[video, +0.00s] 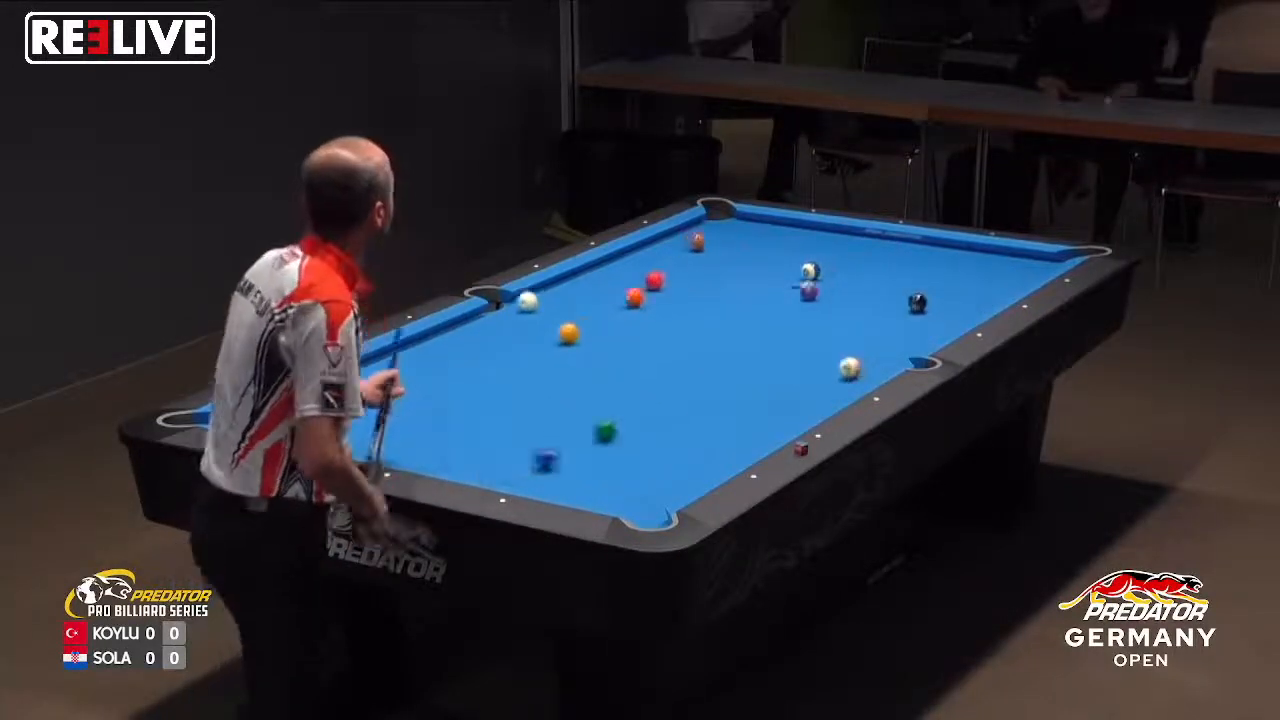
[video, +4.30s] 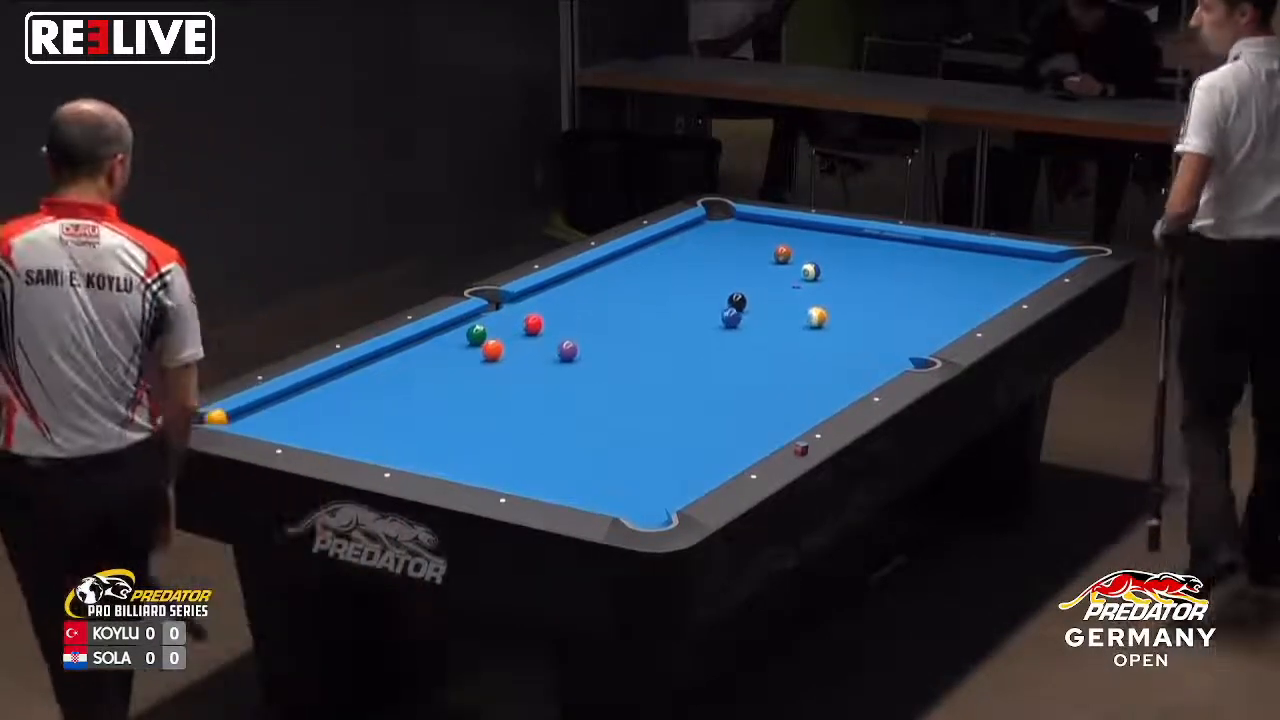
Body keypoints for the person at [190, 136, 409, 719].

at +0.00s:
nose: (393, 205)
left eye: (392, 192)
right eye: (392, 195)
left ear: (312, 199)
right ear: (378, 212)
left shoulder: (270, 266)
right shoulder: (327, 303)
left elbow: (272, 383)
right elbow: (320, 455)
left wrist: (355, 391)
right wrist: (371, 506)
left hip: (224, 504)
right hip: (270, 523)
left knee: (273, 669)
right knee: (292, 677)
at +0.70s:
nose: (344, 154)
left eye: (341, 142)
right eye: (342, 143)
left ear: (267, 148)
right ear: (328, 155)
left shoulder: (219, 238)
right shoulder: (313, 259)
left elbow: (209, 355)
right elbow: (353, 416)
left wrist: (266, 406)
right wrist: (406, 472)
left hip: (245, 479)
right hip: (314, 487)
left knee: (276, 653)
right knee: (339, 653)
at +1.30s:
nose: (335, 193)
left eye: (331, 180)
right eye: (333, 181)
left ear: (248, 189)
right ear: (320, 195)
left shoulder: (204, 284)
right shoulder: (316, 317)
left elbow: (194, 404)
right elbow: (358, 476)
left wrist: (216, 481)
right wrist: (405, 543)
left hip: (245, 532)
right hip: (316, 542)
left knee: (282, 680)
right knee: (351, 684)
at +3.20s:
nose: (292, 215)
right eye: (292, 204)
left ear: (200, 209)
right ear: (283, 215)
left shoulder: (144, 308)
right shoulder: (298, 338)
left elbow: (127, 446)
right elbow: (338, 494)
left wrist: (144, 534)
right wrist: (371, 587)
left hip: (185, 554)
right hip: (278, 561)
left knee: (190, 698)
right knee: (289, 698)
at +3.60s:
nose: (204, 189)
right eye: (204, 177)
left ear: (117, 179)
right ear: (198, 187)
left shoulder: (61, 284)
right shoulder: (233, 301)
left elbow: (33, 429)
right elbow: (274, 447)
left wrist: (63, 465)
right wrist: (290, 533)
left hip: (106, 525)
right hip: (207, 527)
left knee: (131, 695)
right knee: (243, 684)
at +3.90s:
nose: (157, 177)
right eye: (157, 166)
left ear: (74, 168)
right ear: (151, 174)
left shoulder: (21, 271)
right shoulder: (195, 276)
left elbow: (8, 409)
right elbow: (227, 419)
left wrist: (48, 409)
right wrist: (221, 497)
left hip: (72, 514)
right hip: (173, 508)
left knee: (108, 683)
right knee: (193, 674)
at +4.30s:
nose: (128, 171)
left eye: (126, 161)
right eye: (128, 162)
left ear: (49, 161)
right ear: (118, 167)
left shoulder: (8, 249)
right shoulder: (157, 264)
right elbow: (180, 404)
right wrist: (166, 486)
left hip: (30, 482)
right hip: (127, 478)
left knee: (57, 636)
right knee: (117, 633)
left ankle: (85, 711)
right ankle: (107, 713)